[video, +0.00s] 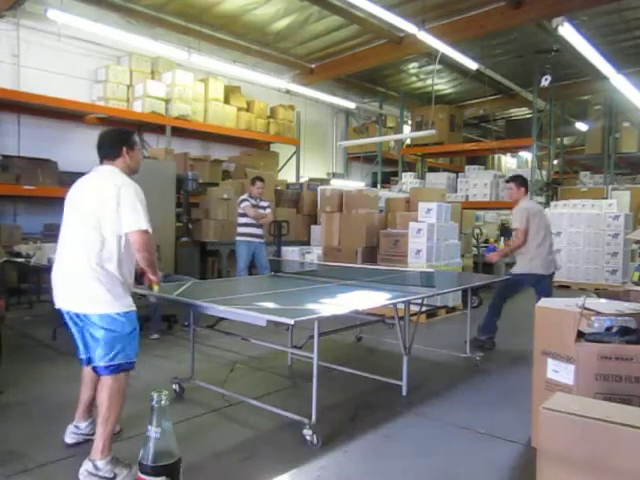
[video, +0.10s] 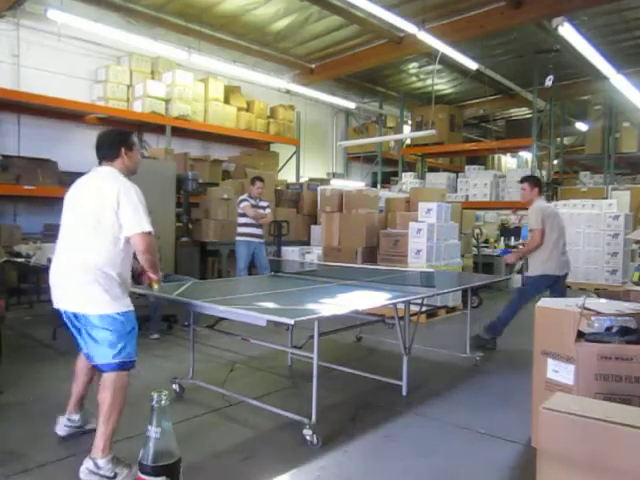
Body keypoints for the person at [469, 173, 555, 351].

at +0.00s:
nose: (507, 194)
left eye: (510, 189)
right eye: (507, 189)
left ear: (521, 190)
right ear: (523, 190)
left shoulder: (521, 209)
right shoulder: (537, 208)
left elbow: (519, 239)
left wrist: (499, 254)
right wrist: (506, 250)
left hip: (528, 268)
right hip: (546, 268)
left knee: (500, 295)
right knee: (546, 312)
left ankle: (485, 336)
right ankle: (549, 347)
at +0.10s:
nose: (521, 194)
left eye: (524, 190)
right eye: (521, 190)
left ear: (535, 190)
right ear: (537, 191)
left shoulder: (536, 209)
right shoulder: (550, 209)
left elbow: (536, 240)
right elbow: (547, 240)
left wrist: (516, 255)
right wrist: (527, 247)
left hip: (544, 270)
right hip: (559, 269)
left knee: (516, 302)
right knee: (560, 312)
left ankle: (490, 334)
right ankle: (564, 346)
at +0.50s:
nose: (542, 184)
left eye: (546, 179)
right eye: (541, 180)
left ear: (557, 179)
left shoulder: (563, 196)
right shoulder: (567, 195)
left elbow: (561, 227)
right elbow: (561, 227)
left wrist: (536, 229)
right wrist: (537, 229)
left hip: (579, 259)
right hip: (587, 258)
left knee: (566, 303)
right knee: (581, 302)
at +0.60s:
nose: (542, 186)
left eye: (546, 181)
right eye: (541, 182)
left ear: (558, 181)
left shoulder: (564, 197)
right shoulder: (567, 196)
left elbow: (566, 229)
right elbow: (566, 229)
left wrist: (543, 237)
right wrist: (544, 237)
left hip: (584, 260)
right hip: (590, 258)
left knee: (567, 305)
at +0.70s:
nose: (541, 189)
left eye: (544, 184)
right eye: (540, 185)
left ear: (555, 184)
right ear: (556, 184)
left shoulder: (562, 200)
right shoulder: (566, 198)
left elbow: (570, 232)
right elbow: (568, 233)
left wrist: (553, 255)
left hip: (585, 259)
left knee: (568, 304)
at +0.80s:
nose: (538, 192)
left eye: (540, 188)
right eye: (537, 189)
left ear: (552, 187)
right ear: (553, 188)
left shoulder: (560, 202)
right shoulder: (566, 201)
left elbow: (570, 235)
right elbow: (572, 235)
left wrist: (557, 262)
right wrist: (557, 259)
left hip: (586, 260)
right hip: (594, 258)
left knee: (568, 303)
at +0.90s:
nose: (535, 197)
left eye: (537, 192)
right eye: (535, 193)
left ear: (548, 191)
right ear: (548, 192)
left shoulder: (557, 207)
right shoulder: (567, 204)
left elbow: (567, 239)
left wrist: (551, 263)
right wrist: (554, 261)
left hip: (586, 262)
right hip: (596, 260)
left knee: (565, 304)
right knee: (580, 302)